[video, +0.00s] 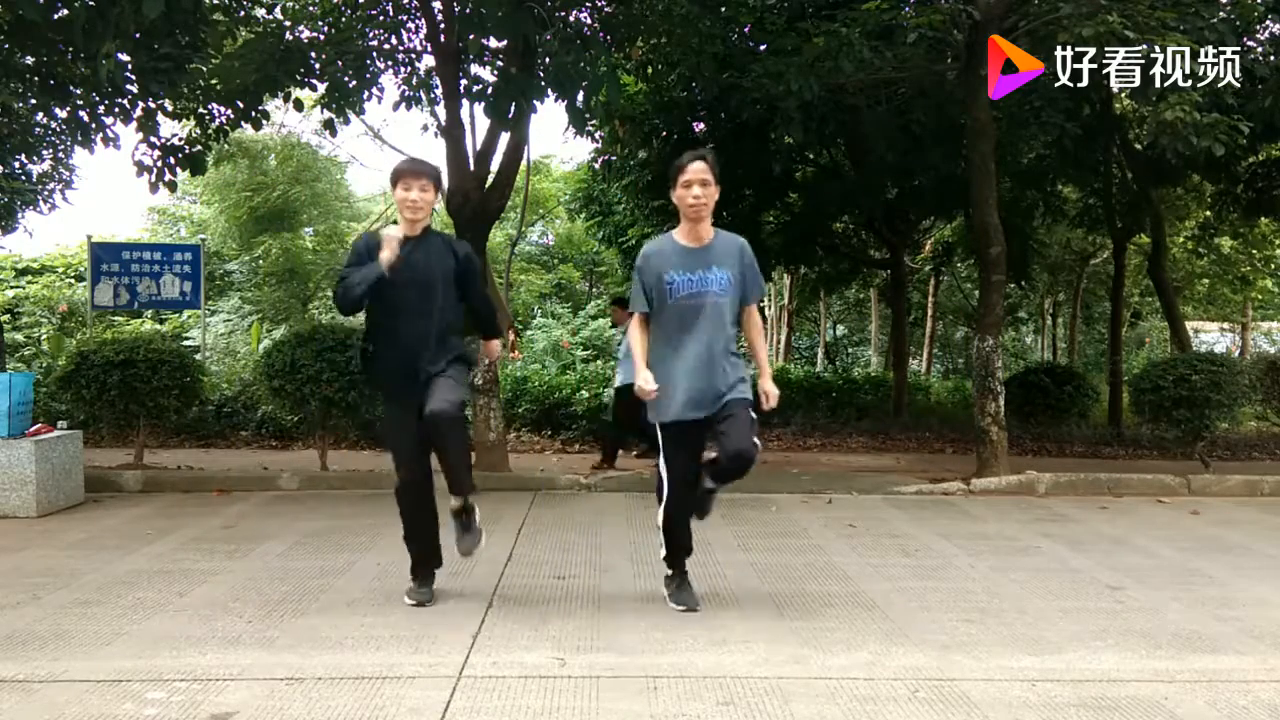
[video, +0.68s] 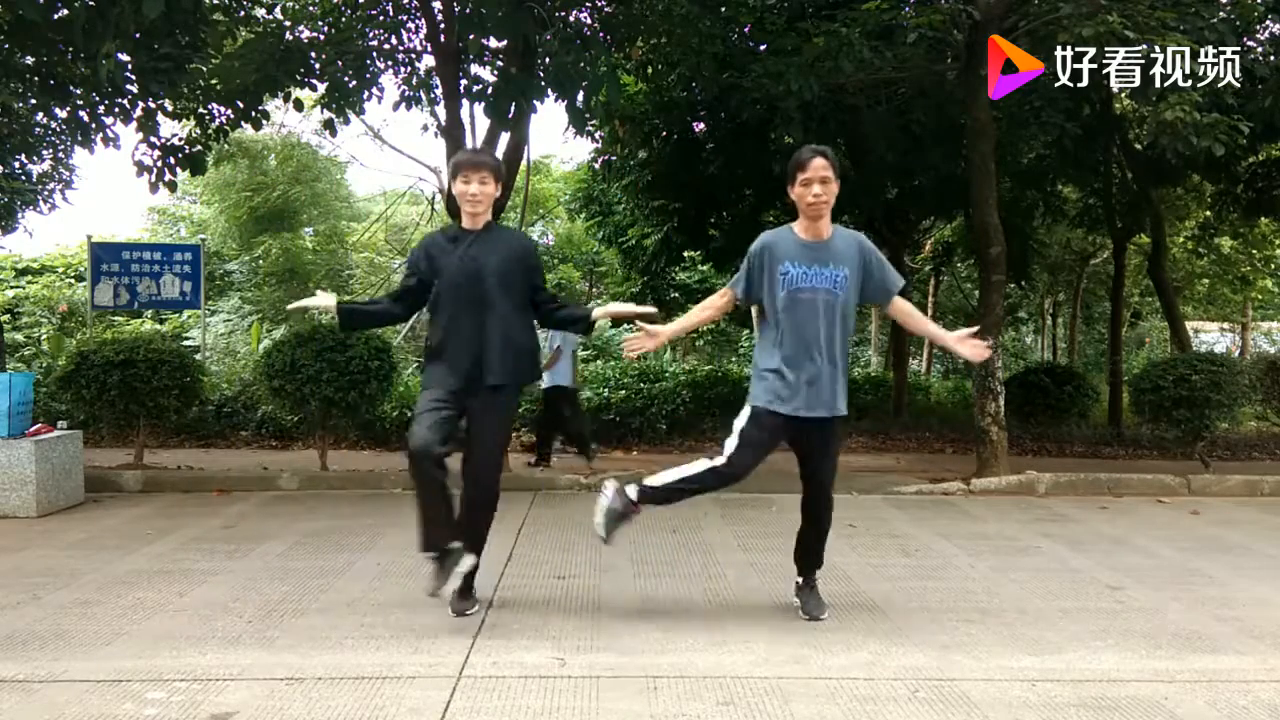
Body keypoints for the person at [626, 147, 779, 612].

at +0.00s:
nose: (696, 193)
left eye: (704, 185)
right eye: (687, 186)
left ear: (717, 192)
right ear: (674, 194)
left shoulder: (737, 249)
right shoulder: (653, 254)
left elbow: (751, 314)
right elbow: (638, 319)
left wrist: (765, 374)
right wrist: (641, 368)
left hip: (728, 381)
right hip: (674, 387)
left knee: (741, 452)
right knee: (679, 488)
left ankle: (705, 483)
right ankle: (677, 573)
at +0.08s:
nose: (707, 186)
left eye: (715, 177)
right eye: (698, 178)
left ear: (728, 185)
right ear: (684, 186)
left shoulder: (748, 241)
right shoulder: (662, 248)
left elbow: (760, 305)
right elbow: (648, 312)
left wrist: (770, 365)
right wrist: (652, 360)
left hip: (737, 378)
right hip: (683, 383)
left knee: (753, 444)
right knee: (681, 487)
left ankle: (731, 484)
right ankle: (678, 572)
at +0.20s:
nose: (734, 177)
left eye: (742, 169)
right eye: (725, 170)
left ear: (753, 176)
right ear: (709, 178)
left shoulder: (771, 235)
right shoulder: (685, 236)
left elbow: (777, 294)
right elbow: (675, 299)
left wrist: (784, 348)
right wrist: (677, 345)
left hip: (756, 376)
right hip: (699, 379)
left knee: (777, 458)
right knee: (685, 477)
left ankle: (775, 534)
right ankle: (685, 563)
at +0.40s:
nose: (778, 189)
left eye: (785, 180)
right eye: (768, 181)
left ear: (797, 186)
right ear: (752, 188)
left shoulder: (810, 246)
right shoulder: (729, 245)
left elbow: (815, 318)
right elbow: (711, 315)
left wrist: (826, 385)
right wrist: (691, 382)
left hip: (786, 396)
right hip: (729, 394)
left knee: (796, 492)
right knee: (702, 485)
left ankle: (807, 583)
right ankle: (679, 557)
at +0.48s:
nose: (789, 176)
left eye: (797, 167)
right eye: (780, 168)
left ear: (809, 174)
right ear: (763, 176)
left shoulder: (823, 235)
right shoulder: (741, 234)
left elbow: (832, 304)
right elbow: (716, 301)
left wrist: (858, 368)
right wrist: (686, 364)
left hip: (796, 385)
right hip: (740, 382)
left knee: (800, 483)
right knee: (701, 468)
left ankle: (810, 578)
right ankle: (657, 530)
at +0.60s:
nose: (810, 188)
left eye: (817, 178)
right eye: (799, 180)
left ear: (829, 185)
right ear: (783, 188)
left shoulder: (847, 244)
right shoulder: (762, 244)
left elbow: (880, 305)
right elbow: (720, 301)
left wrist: (925, 346)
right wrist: (664, 341)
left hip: (818, 391)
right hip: (763, 386)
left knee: (812, 491)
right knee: (712, 466)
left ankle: (806, 581)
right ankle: (617, 494)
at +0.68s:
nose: (817, 191)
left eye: (825, 182)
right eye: (807, 183)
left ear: (837, 189)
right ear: (792, 191)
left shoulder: (857, 248)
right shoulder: (770, 246)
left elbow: (896, 305)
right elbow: (725, 300)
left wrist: (951, 340)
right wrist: (665, 333)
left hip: (826, 396)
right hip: (773, 390)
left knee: (819, 497)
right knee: (732, 467)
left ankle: (807, 583)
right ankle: (632, 497)